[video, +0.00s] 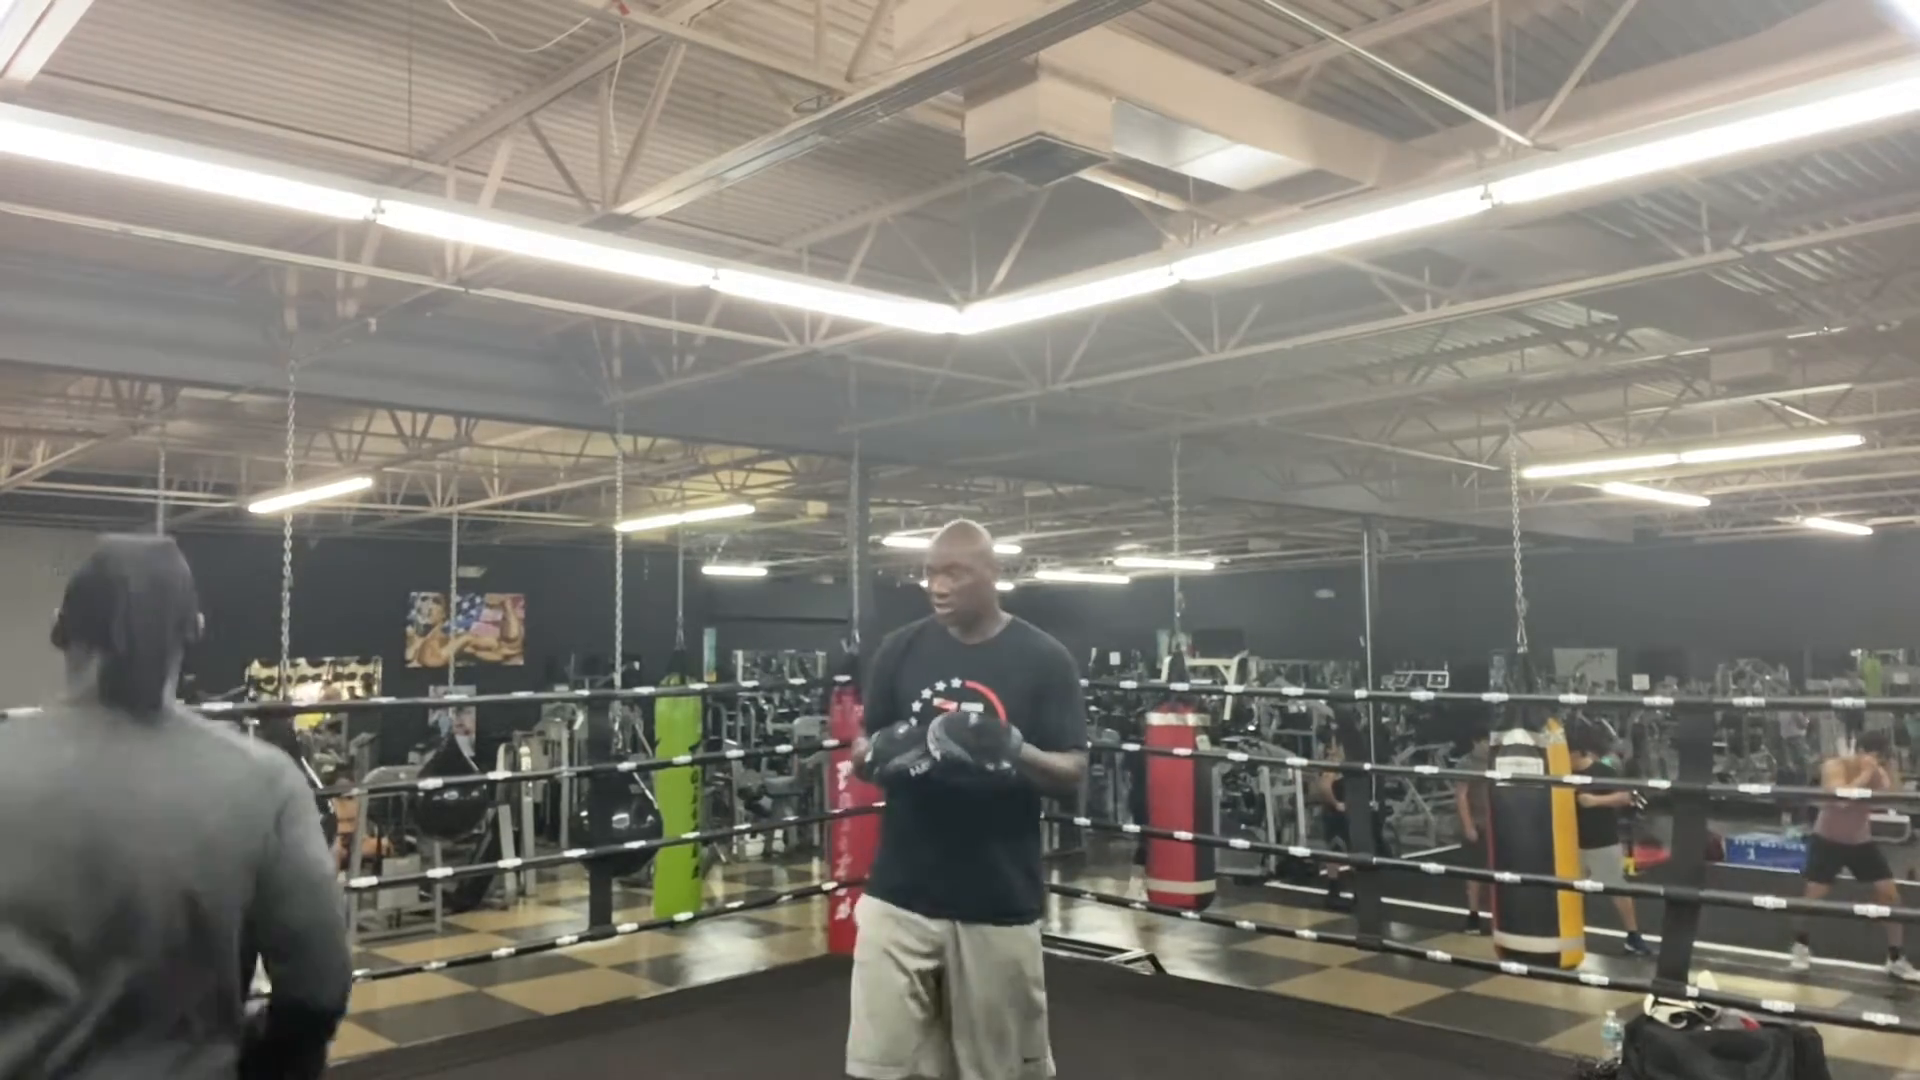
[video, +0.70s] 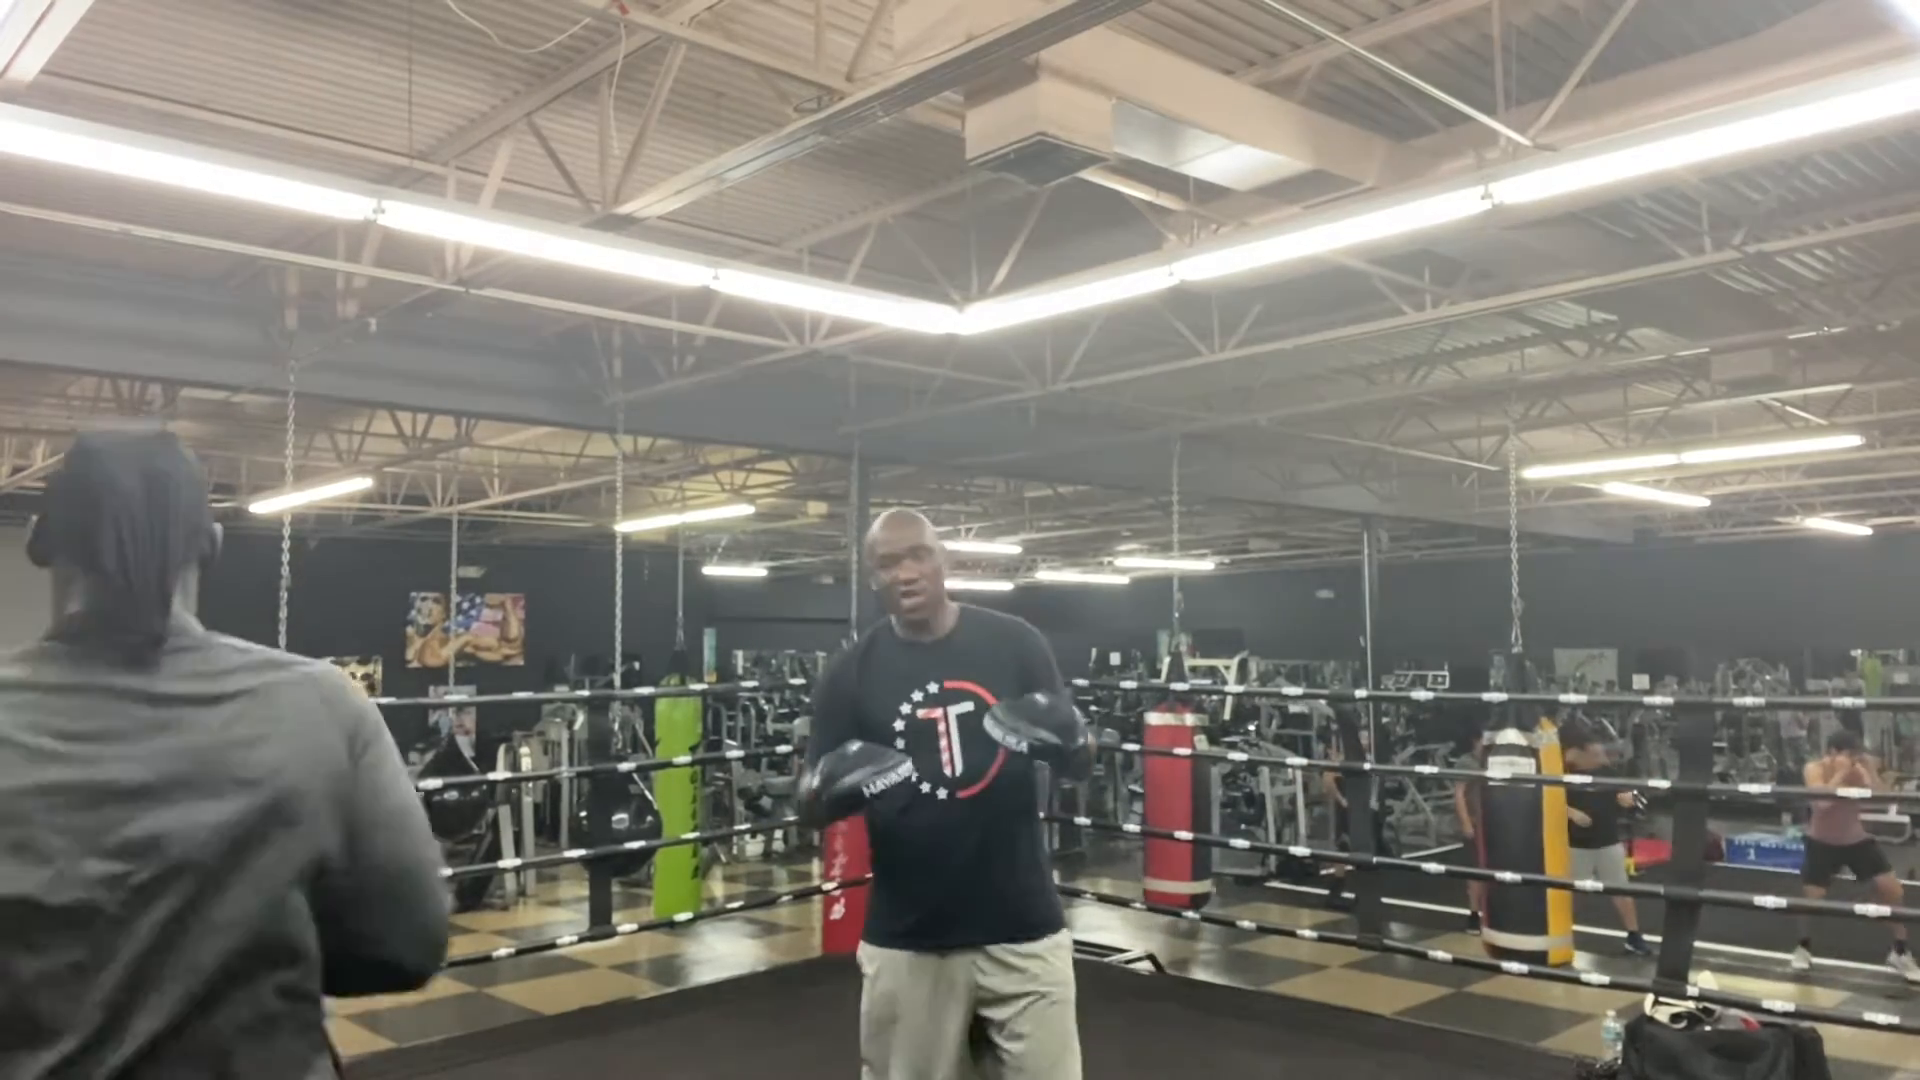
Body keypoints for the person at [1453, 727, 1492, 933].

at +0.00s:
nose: (1487, 747)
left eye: (1488, 742)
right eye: (1483, 743)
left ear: (1491, 744)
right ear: (1474, 744)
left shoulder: (1495, 764)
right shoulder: (1468, 765)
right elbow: (1461, 795)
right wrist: (1468, 825)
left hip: (1495, 823)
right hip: (1478, 824)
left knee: (1493, 870)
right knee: (1474, 869)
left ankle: (1494, 911)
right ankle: (1473, 912)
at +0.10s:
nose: (1487, 747)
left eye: (1489, 743)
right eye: (1483, 743)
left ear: (1492, 745)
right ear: (1475, 744)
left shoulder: (1496, 763)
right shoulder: (1468, 764)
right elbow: (1461, 793)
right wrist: (1470, 823)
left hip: (1496, 823)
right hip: (1479, 824)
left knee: (1494, 871)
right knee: (1475, 870)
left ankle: (1493, 910)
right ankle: (1473, 912)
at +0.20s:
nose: (1486, 747)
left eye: (1487, 742)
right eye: (1482, 743)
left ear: (1490, 745)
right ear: (1474, 744)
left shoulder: (1492, 764)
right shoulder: (1468, 764)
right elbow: (1462, 793)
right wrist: (1471, 822)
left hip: (1493, 823)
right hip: (1479, 824)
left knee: (1490, 870)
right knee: (1475, 869)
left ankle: (1490, 910)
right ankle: (1474, 912)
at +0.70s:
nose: (1485, 747)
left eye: (1486, 743)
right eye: (1482, 743)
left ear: (1485, 745)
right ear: (1474, 743)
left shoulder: (1486, 764)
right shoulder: (1466, 763)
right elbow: (1459, 793)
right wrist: (1466, 822)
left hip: (1487, 823)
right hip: (1476, 825)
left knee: (1487, 871)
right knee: (1476, 870)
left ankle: (1485, 911)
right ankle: (1475, 912)